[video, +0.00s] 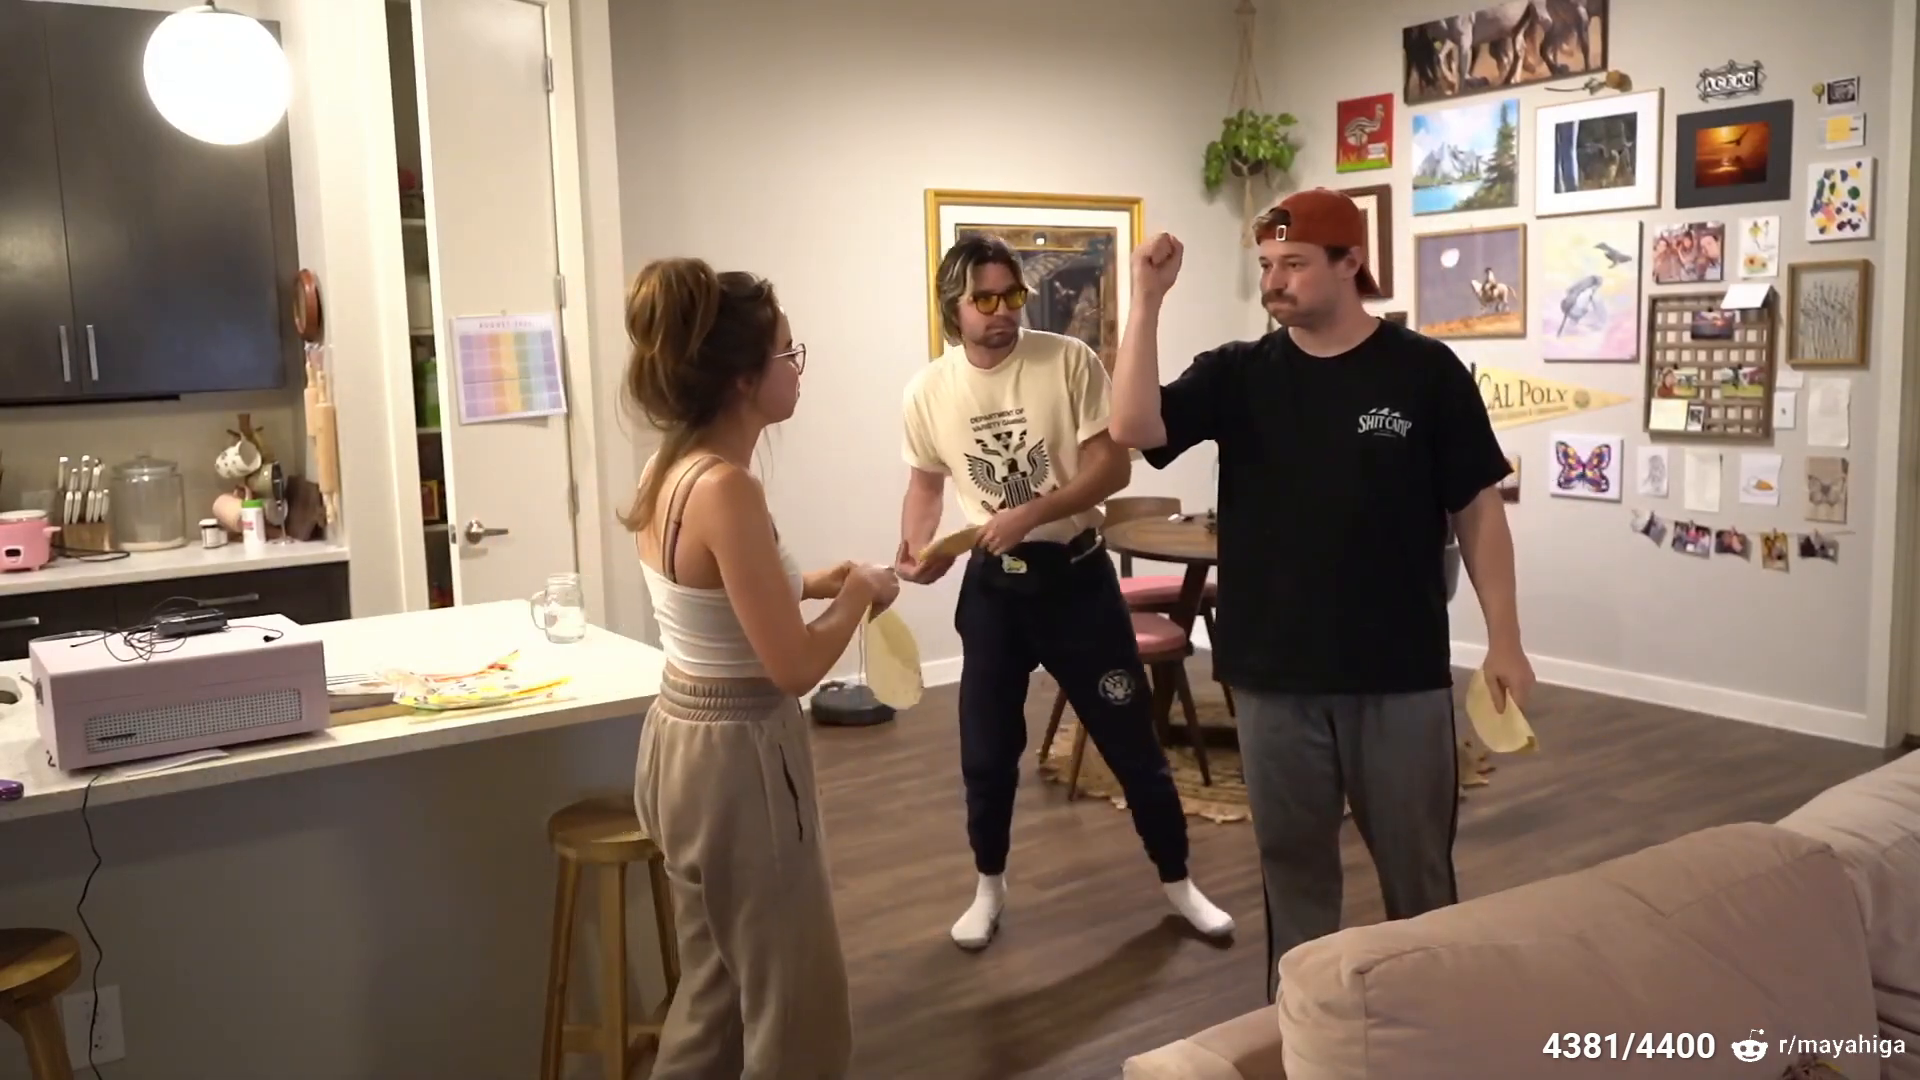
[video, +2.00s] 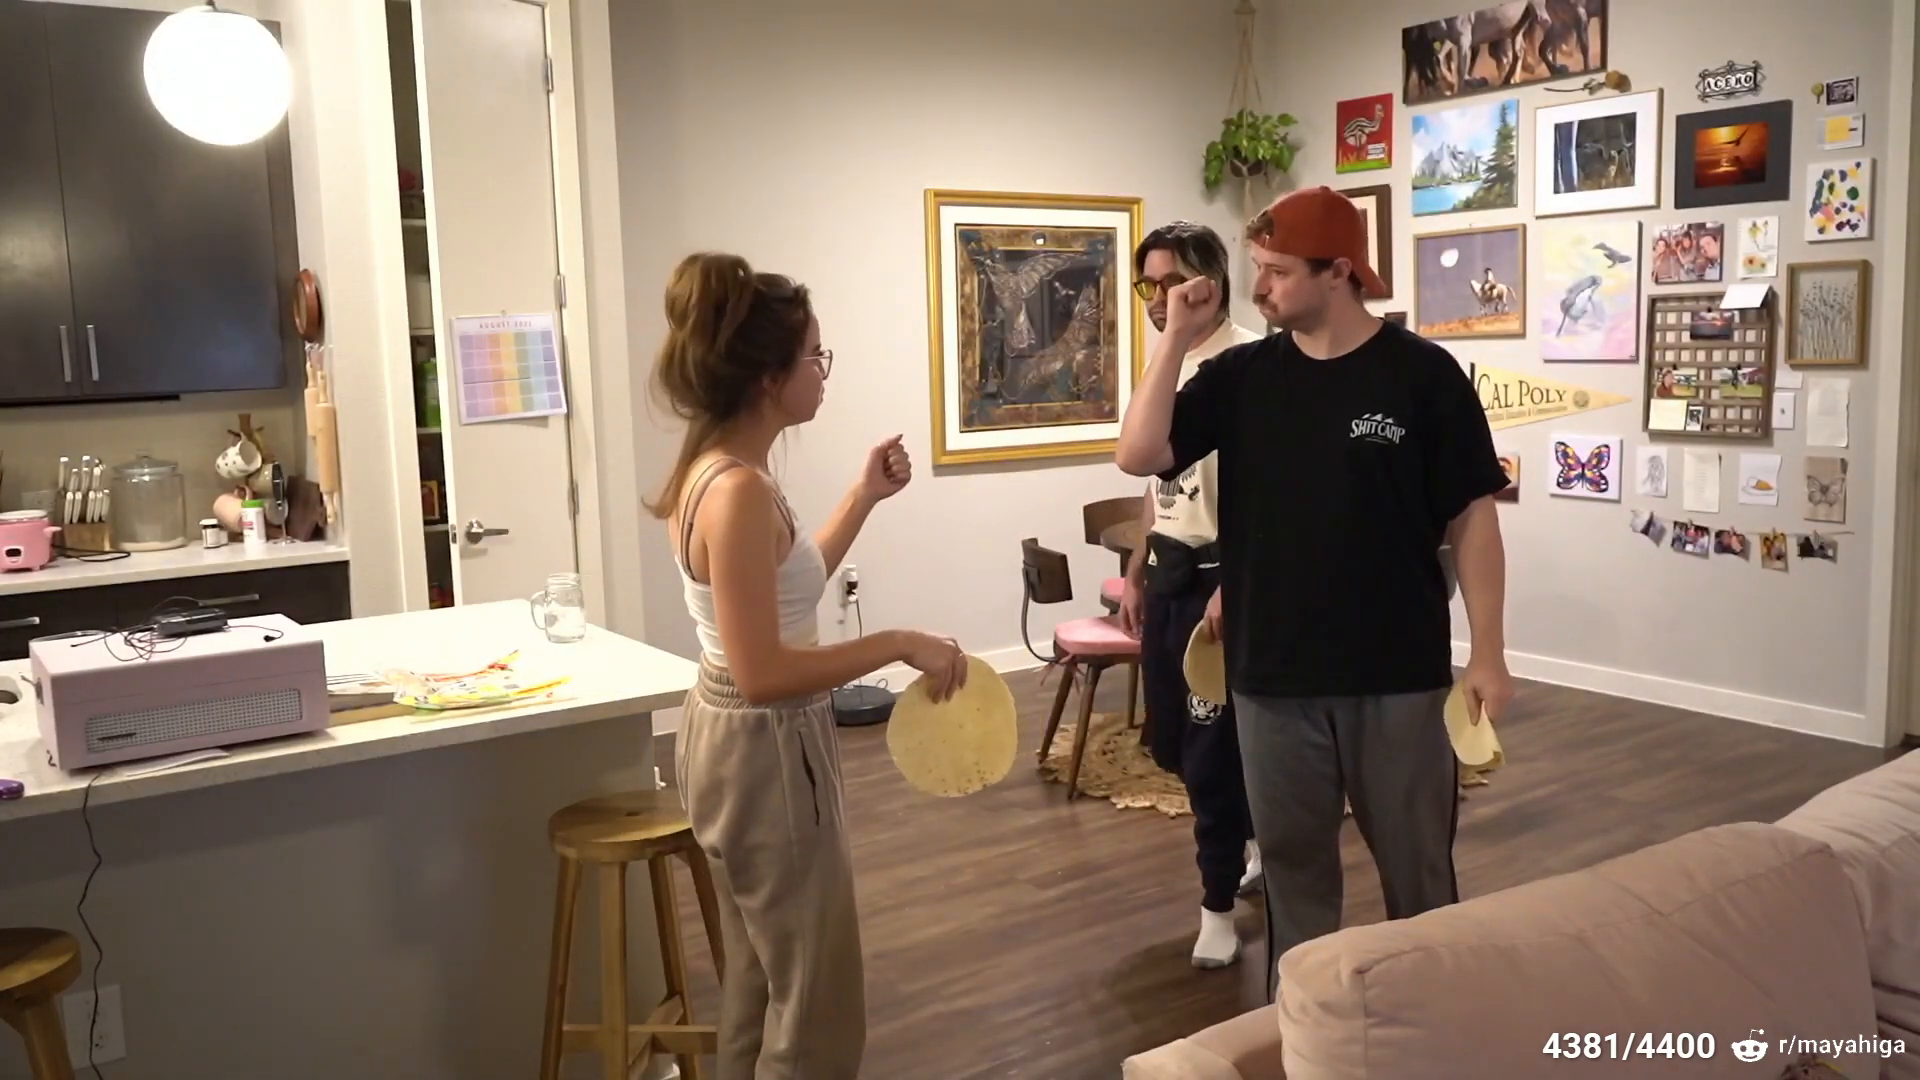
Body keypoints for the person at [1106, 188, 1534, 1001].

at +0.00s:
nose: (1274, 280)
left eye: (1292, 263)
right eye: (1267, 266)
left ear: (1349, 266)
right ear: (1262, 273)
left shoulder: (1427, 371)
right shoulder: (1239, 374)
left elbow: (1479, 510)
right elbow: (1134, 426)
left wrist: (1504, 640)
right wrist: (1146, 301)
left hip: (1400, 678)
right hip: (1272, 679)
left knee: (1418, 881)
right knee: (1293, 882)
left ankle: (1438, 1038)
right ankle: (1303, 1041)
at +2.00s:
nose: (1258, 288)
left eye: (1274, 273)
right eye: (1257, 273)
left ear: (1338, 273)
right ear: (1313, 275)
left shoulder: (1425, 374)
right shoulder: (1239, 377)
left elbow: (1473, 518)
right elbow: (1139, 452)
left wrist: (1487, 652)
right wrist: (1174, 339)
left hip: (1397, 681)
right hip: (1272, 683)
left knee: (1420, 884)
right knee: (1293, 886)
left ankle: (1440, 1039)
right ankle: (1302, 1043)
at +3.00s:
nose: (1302, 257)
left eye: (1325, 242)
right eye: (1300, 244)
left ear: (1382, 256)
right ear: (1299, 261)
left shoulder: (1448, 376)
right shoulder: (1259, 371)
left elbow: (1490, 521)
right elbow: (1178, 472)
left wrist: (1506, 654)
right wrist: (1135, 431)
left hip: (1408, 677)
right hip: (1283, 675)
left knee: (1420, 874)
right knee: (1295, 865)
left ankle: (1433, 1031)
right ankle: (1301, 1027)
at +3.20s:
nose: (1294, 255)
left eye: (1315, 241)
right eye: (1289, 244)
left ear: (1371, 255)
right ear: (1286, 261)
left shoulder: (1440, 371)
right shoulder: (1257, 371)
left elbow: (1490, 511)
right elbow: (1155, 450)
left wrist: (1504, 645)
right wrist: (1164, 329)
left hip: (1410, 675)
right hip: (1285, 674)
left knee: (1422, 875)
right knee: (1296, 865)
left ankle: (1435, 1032)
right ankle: (1302, 1032)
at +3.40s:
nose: (1294, 260)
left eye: (1316, 245)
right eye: (1290, 246)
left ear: (1371, 259)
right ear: (1288, 260)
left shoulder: (1440, 374)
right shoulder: (1255, 376)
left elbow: (1490, 517)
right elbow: (1172, 481)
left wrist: (1506, 650)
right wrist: (1123, 456)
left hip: (1403, 680)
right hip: (1280, 678)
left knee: (1417, 878)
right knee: (1292, 870)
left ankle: (1430, 1034)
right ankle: (1299, 1032)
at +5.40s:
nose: (1198, 279)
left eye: (1216, 263)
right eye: (1196, 265)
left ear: (1274, 270)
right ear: (1209, 271)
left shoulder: (1283, 359)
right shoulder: (1267, 359)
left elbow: (1186, 492)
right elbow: (1190, 495)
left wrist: (1069, 461)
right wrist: (1088, 472)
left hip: (1297, 675)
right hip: (1276, 670)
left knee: (1275, 886)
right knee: (1274, 883)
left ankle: (1289, 1054)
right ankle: (1289, 1050)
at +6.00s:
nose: (1138, 309)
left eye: (1154, 288)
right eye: (1136, 291)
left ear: (1221, 285)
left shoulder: (1343, 400)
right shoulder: (1152, 417)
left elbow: (1458, 530)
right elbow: (1098, 535)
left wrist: (1310, 552)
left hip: (1315, 741)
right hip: (1196, 733)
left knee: (1282, 969)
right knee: (1236, 931)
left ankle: (1319, 1067)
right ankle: (1304, 1042)